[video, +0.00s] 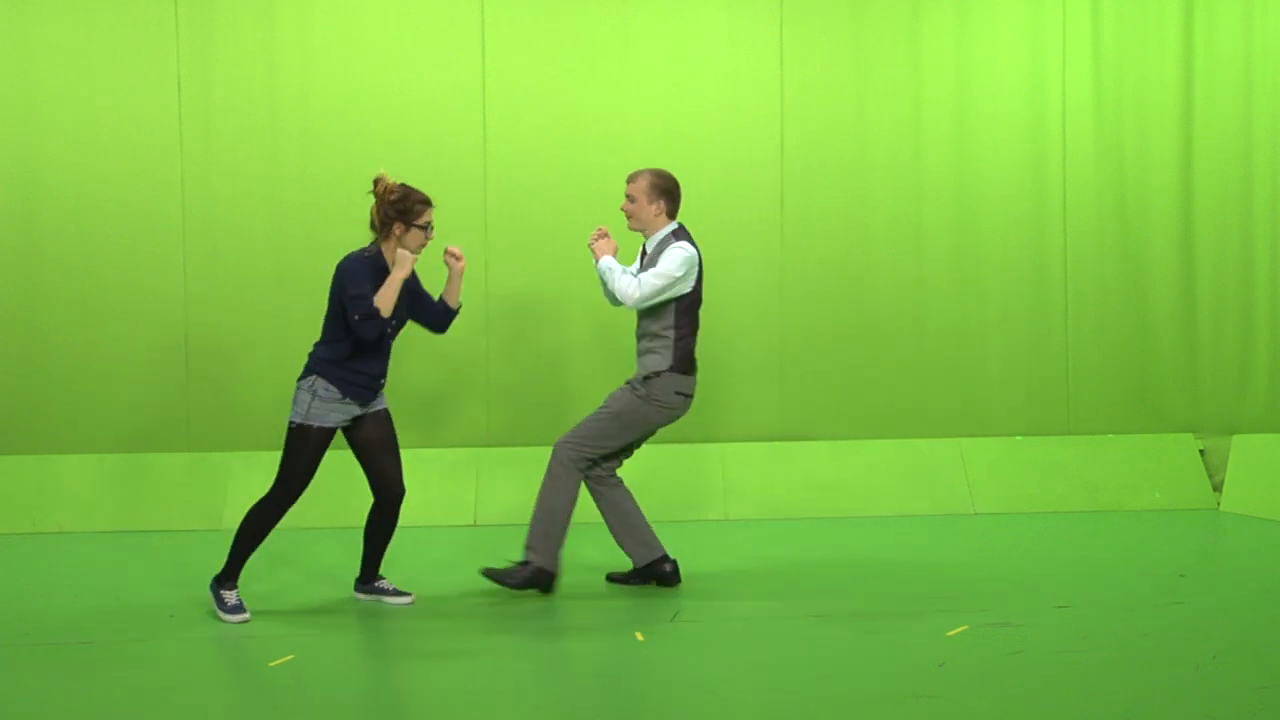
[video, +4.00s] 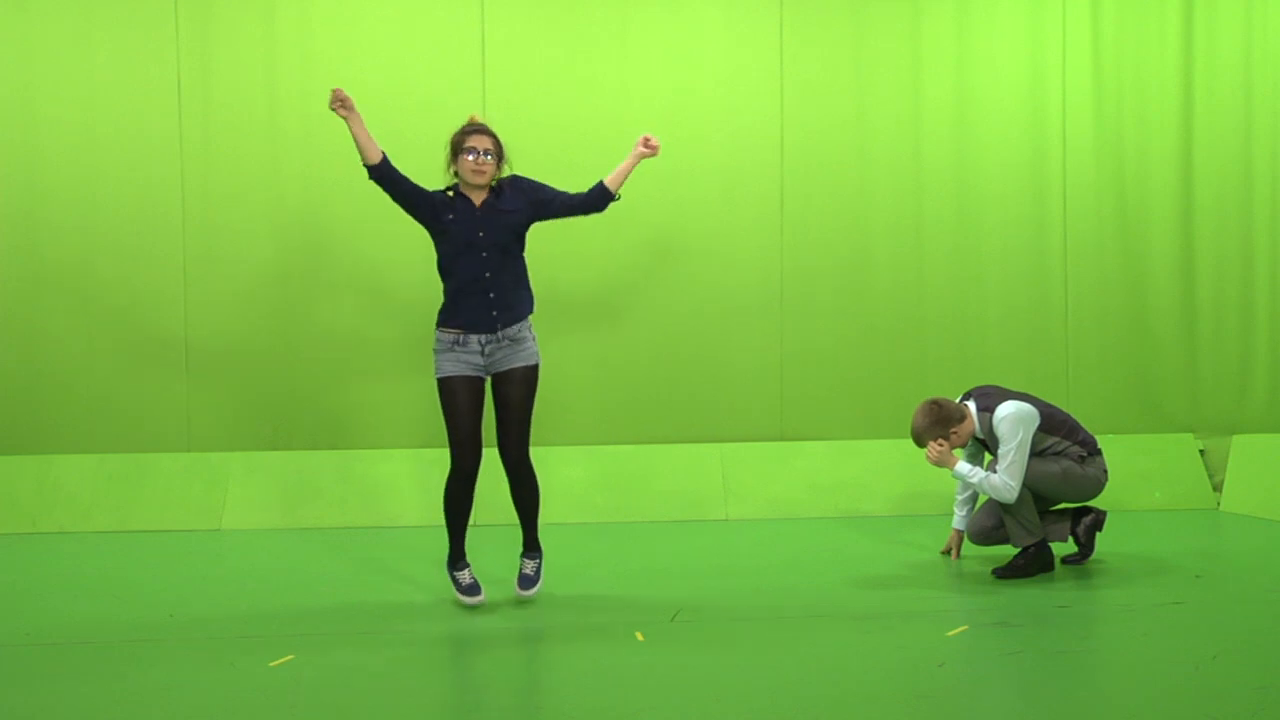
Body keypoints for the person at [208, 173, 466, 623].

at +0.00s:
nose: (430, 236)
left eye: (431, 228)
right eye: (425, 228)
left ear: (403, 230)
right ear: (397, 229)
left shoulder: (401, 275)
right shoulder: (355, 268)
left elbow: (438, 321)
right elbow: (368, 328)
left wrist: (455, 276)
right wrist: (399, 274)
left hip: (367, 396)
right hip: (324, 391)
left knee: (391, 490)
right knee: (287, 490)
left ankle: (368, 580)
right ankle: (225, 582)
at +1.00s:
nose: (503, 226)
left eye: (500, 219)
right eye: (494, 220)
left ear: (474, 232)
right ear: (470, 231)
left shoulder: (484, 277)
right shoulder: (434, 281)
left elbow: (505, 329)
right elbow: (462, 348)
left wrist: (510, 310)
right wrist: (492, 299)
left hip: (463, 398)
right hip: (420, 395)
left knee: (526, 477)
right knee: (384, 492)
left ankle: (529, 570)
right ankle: (337, 581)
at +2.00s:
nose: (538, 204)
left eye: (538, 196)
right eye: (531, 197)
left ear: (511, 205)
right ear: (508, 204)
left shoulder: (512, 245)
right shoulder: (489, 248)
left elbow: (531, 284)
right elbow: (514, 292)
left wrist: (537, 239)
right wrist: (528, 238)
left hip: (512, 370)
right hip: (490, 369)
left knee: (537, 468)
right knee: (499, 478)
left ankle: (526, 567)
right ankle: (412, 533)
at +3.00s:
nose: (480, 184)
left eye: (488, 176)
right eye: (472, 176)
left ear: (502, 178)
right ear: (460, 181)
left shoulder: (527, 209)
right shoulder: (451, 222)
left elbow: (595, 212)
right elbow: (410, 207)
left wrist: (590, 154)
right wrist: (415, 145)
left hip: (522, 352)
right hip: (468, 355)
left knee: (517, 463)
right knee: (467, 466)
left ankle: (525, 566)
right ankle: (453, 560)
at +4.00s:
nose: (479, 159)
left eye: (488, 153)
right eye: (470, 152)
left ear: (499, 162)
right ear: (455, 161)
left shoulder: (520, 197)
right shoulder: (437, 207)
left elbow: (592, 200)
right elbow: (383, 172)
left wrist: (635, 156)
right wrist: (352, 117)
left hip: (515, 340)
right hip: (456, 344)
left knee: (514, 452)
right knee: (466, 458)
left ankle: (532, 551)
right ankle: (458, 561)